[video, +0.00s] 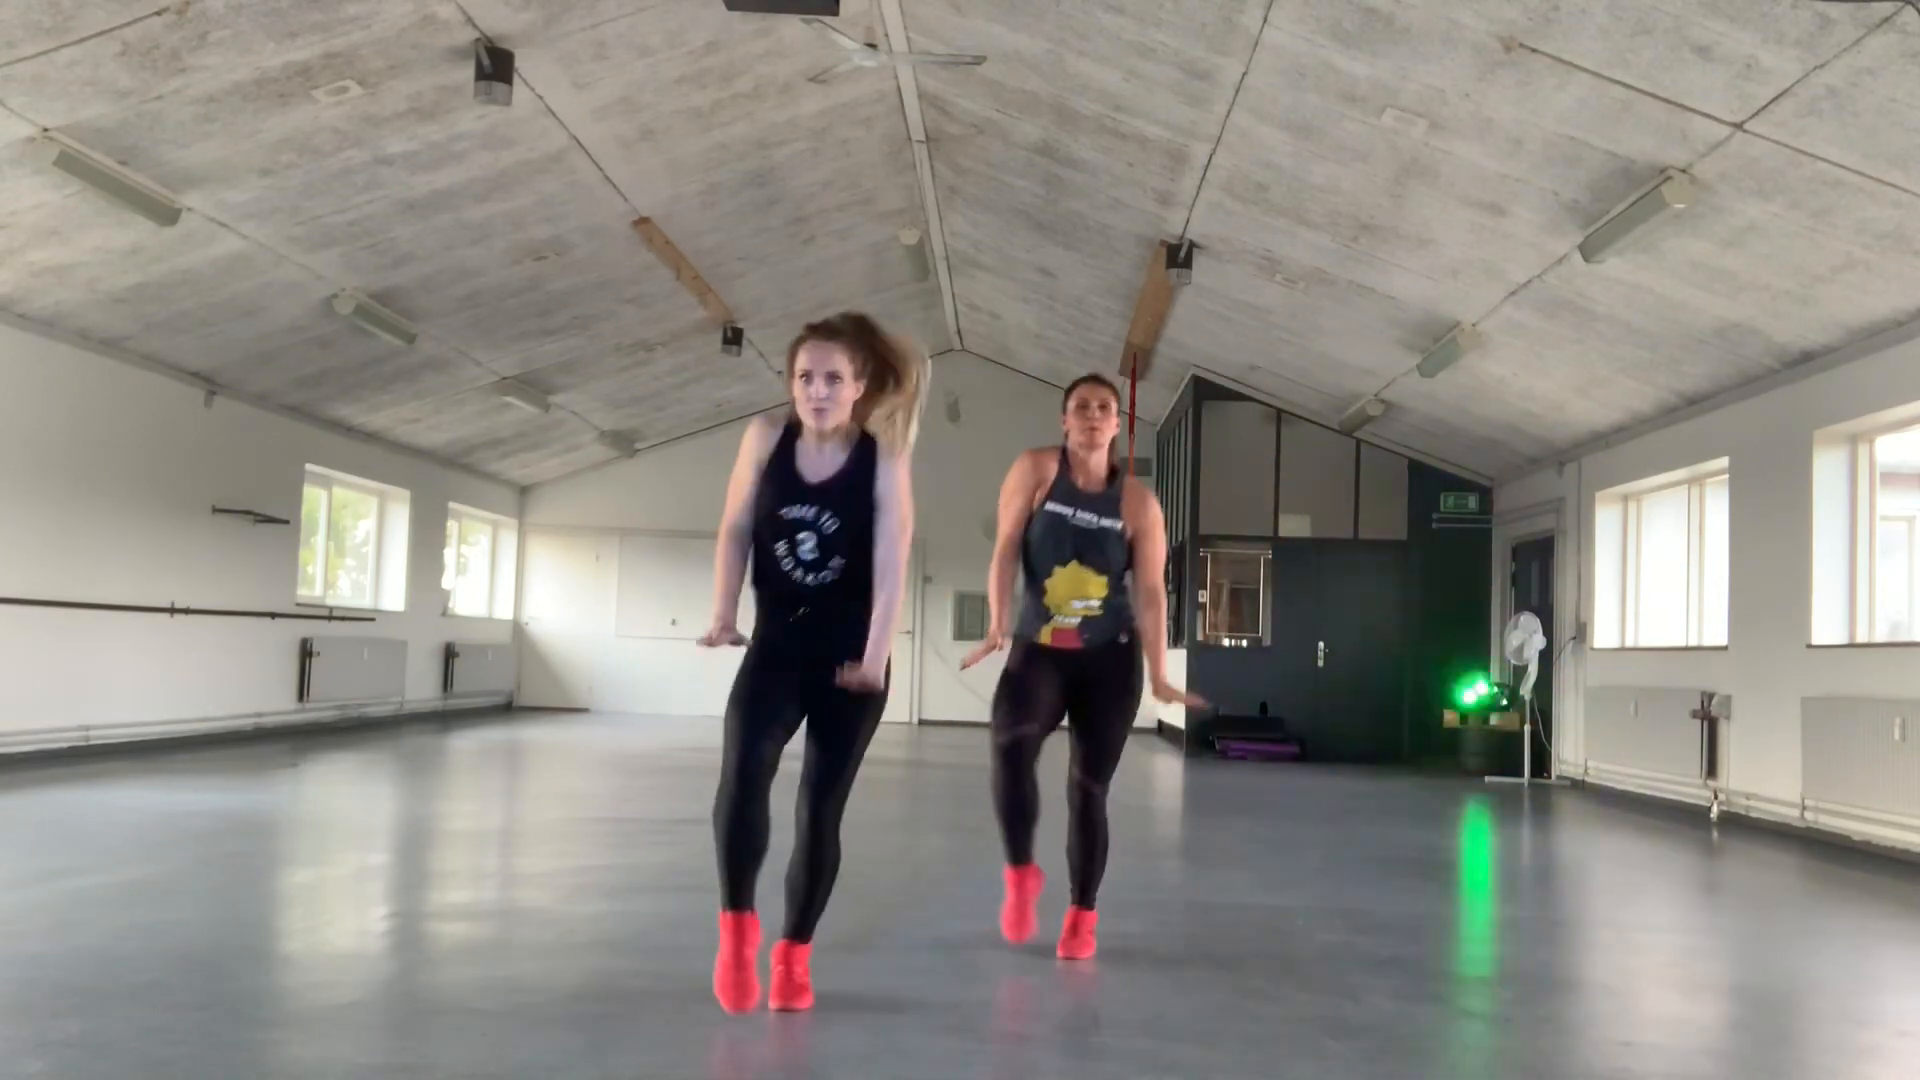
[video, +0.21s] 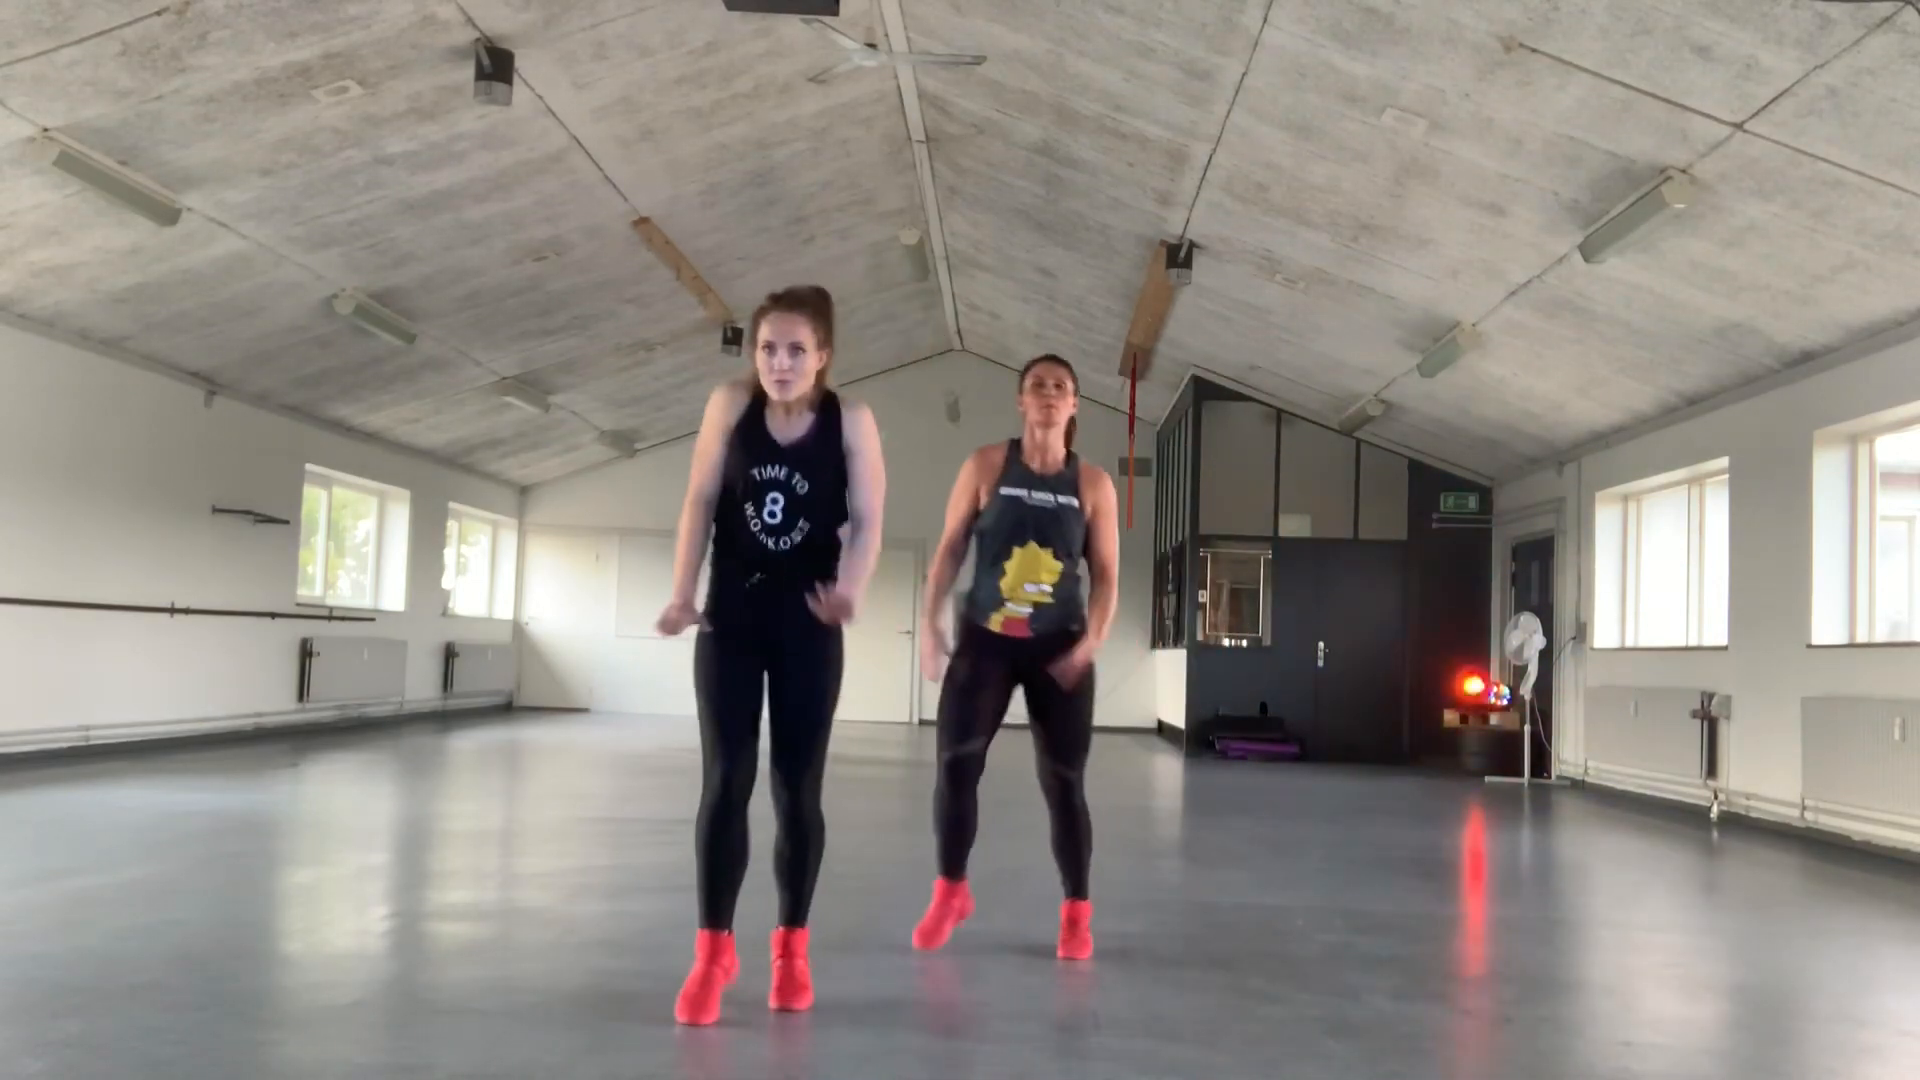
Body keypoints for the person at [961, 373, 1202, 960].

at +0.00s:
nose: (1092, 417)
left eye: (1104, 409)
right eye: (1082, 408)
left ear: (1119, 422)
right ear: (1064, 420)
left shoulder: (1139, 501)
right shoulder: (1033, 470)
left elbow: (1151, 591)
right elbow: (1006, 550)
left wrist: (1158, 675)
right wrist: (998, 625)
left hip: (1110, 659)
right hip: (1039, 653)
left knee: (1089, 788)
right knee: (1011, 742)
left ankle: (1083, 912)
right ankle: (1021, 872)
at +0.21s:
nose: (1048, 396)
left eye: (1059, 389)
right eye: (1038, 387)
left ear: (1074, 405)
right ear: (1019, 399)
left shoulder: (1093, 484)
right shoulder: (984, 465)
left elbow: (1105, 575)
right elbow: (951, 549)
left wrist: (1090, 639)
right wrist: (930, 619)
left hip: (1060, 646)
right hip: (983, 641)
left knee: (1064, 781)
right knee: (956, 762)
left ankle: (1076, 909)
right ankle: (951, 889)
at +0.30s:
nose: (1016, 396)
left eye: (1028, 388)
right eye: (1006, 387)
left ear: (1044, 403)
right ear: (989, 400)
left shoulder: (1068, 478)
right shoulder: (955, 470)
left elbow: (1100, 560)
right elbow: (916, 552)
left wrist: (1085, 632)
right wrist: (853, 593)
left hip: (1026, 647)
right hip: (951, 642)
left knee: (1041, 772)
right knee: (955, 775)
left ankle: (1035, 897)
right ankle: (946, 906)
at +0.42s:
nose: (981, 400)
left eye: (992, 392)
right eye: (971, 390)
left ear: (1008, 406)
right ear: (954, 402)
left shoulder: (1033, 480)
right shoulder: (923, 476)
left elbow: (1076, 560)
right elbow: (873, 540)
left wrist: (1110, 630)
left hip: (994, 649)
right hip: (925, 642)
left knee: (968, 779)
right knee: (894, 762)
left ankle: (979, 903)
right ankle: (925, 895)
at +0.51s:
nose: (966, 402)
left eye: (977, 394)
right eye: (956, 393)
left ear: (994, 410)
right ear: (939, 406)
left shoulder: (1014, 486)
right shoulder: (907, 474)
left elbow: (1059, 561)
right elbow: (839, 515)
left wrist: (1126, 598)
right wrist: (860, 454)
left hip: (986, 650)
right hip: (920, 649)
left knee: (965, 783)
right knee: (850, 751)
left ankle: (976, 907)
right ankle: (891, 884)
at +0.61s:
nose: (946, 402)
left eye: (957, 395)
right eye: (936, 393)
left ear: (970, 412)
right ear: (916, 405)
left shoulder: (983, 489)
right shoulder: (874, 465)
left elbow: (1034, 556)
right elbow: (783, 458)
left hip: (972, 645)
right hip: (900, 648)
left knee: (966, 775)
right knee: (833, 754)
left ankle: (982, 905)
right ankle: (808, 891)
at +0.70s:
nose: (920, 404)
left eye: (931, 397)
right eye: (911, 395)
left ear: (948, 413)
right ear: (893, 408)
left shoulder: (960, 487)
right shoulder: (856, 458)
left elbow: (1044, 501)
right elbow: (781, 424)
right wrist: (720, 405)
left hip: (940, 650)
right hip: (865, 651)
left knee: (958, 781)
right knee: (829, 783)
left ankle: (974, 905)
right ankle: (773, 904)